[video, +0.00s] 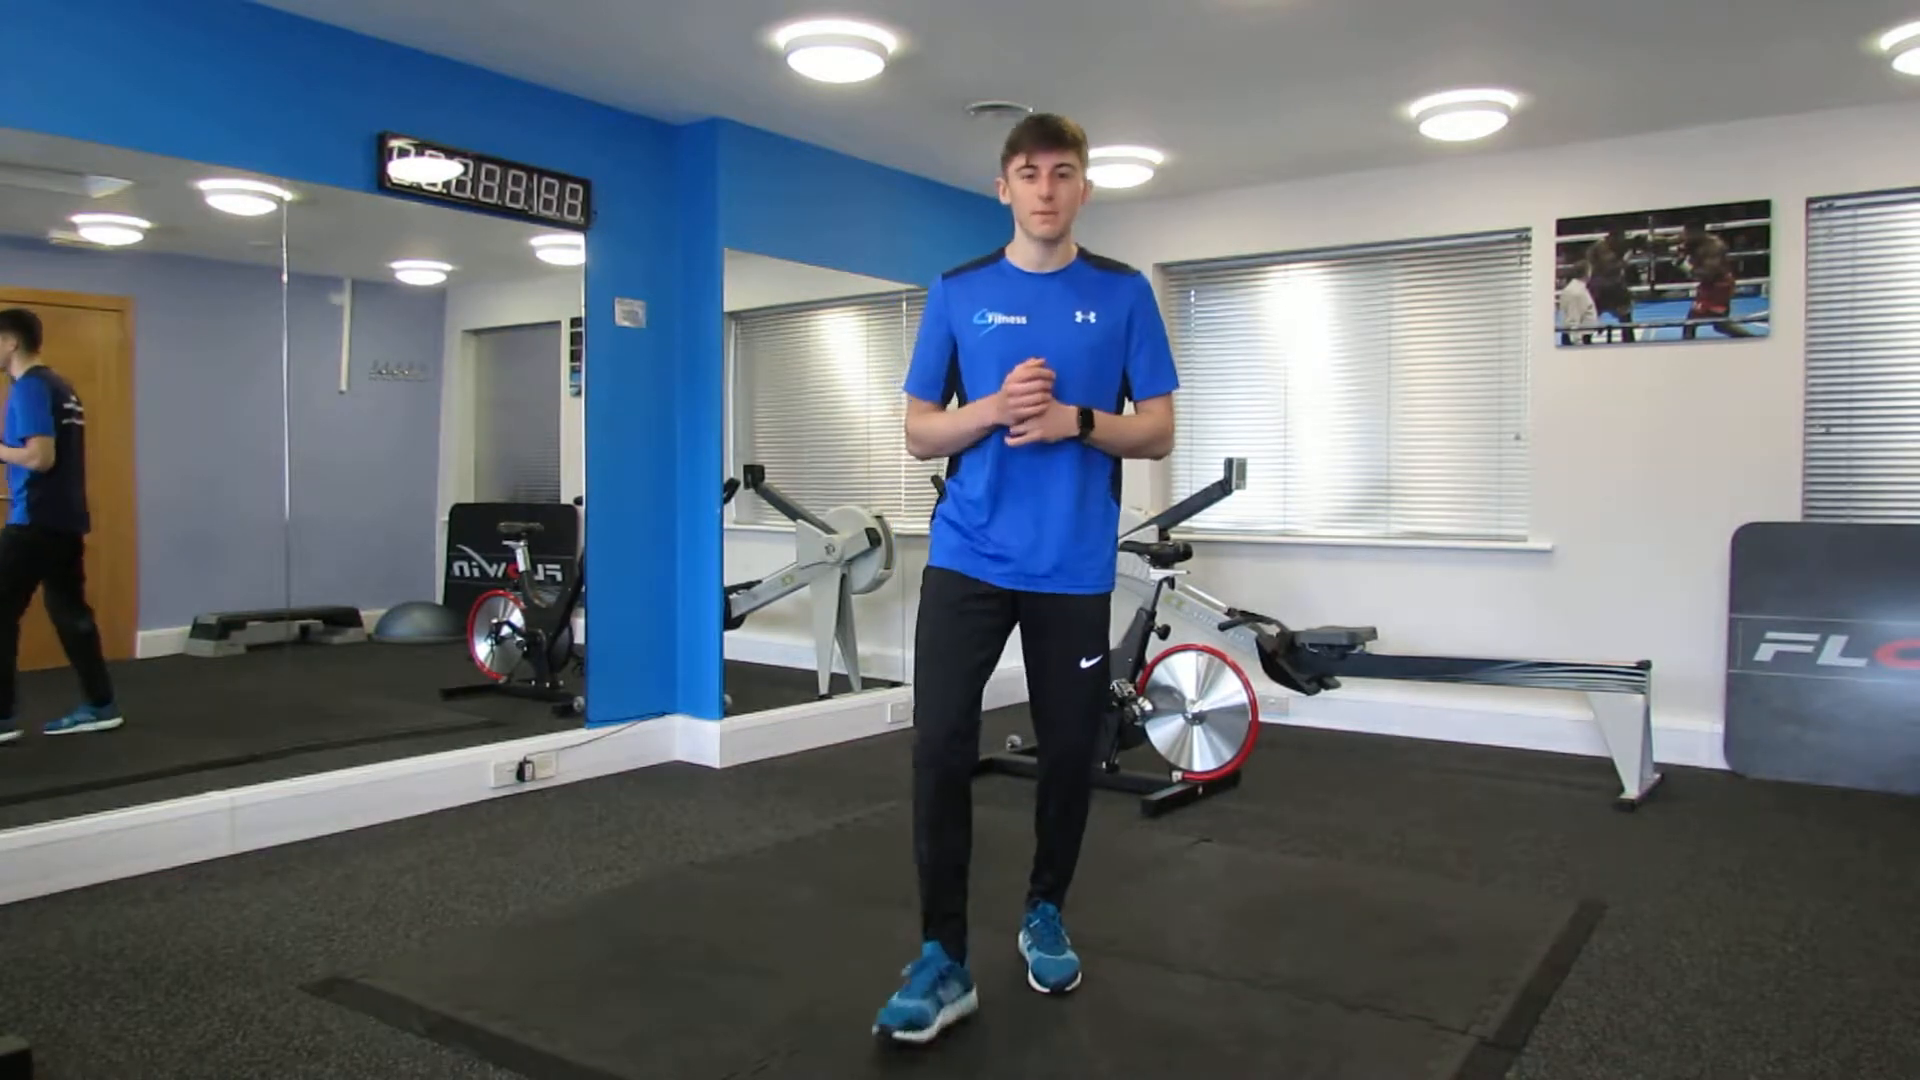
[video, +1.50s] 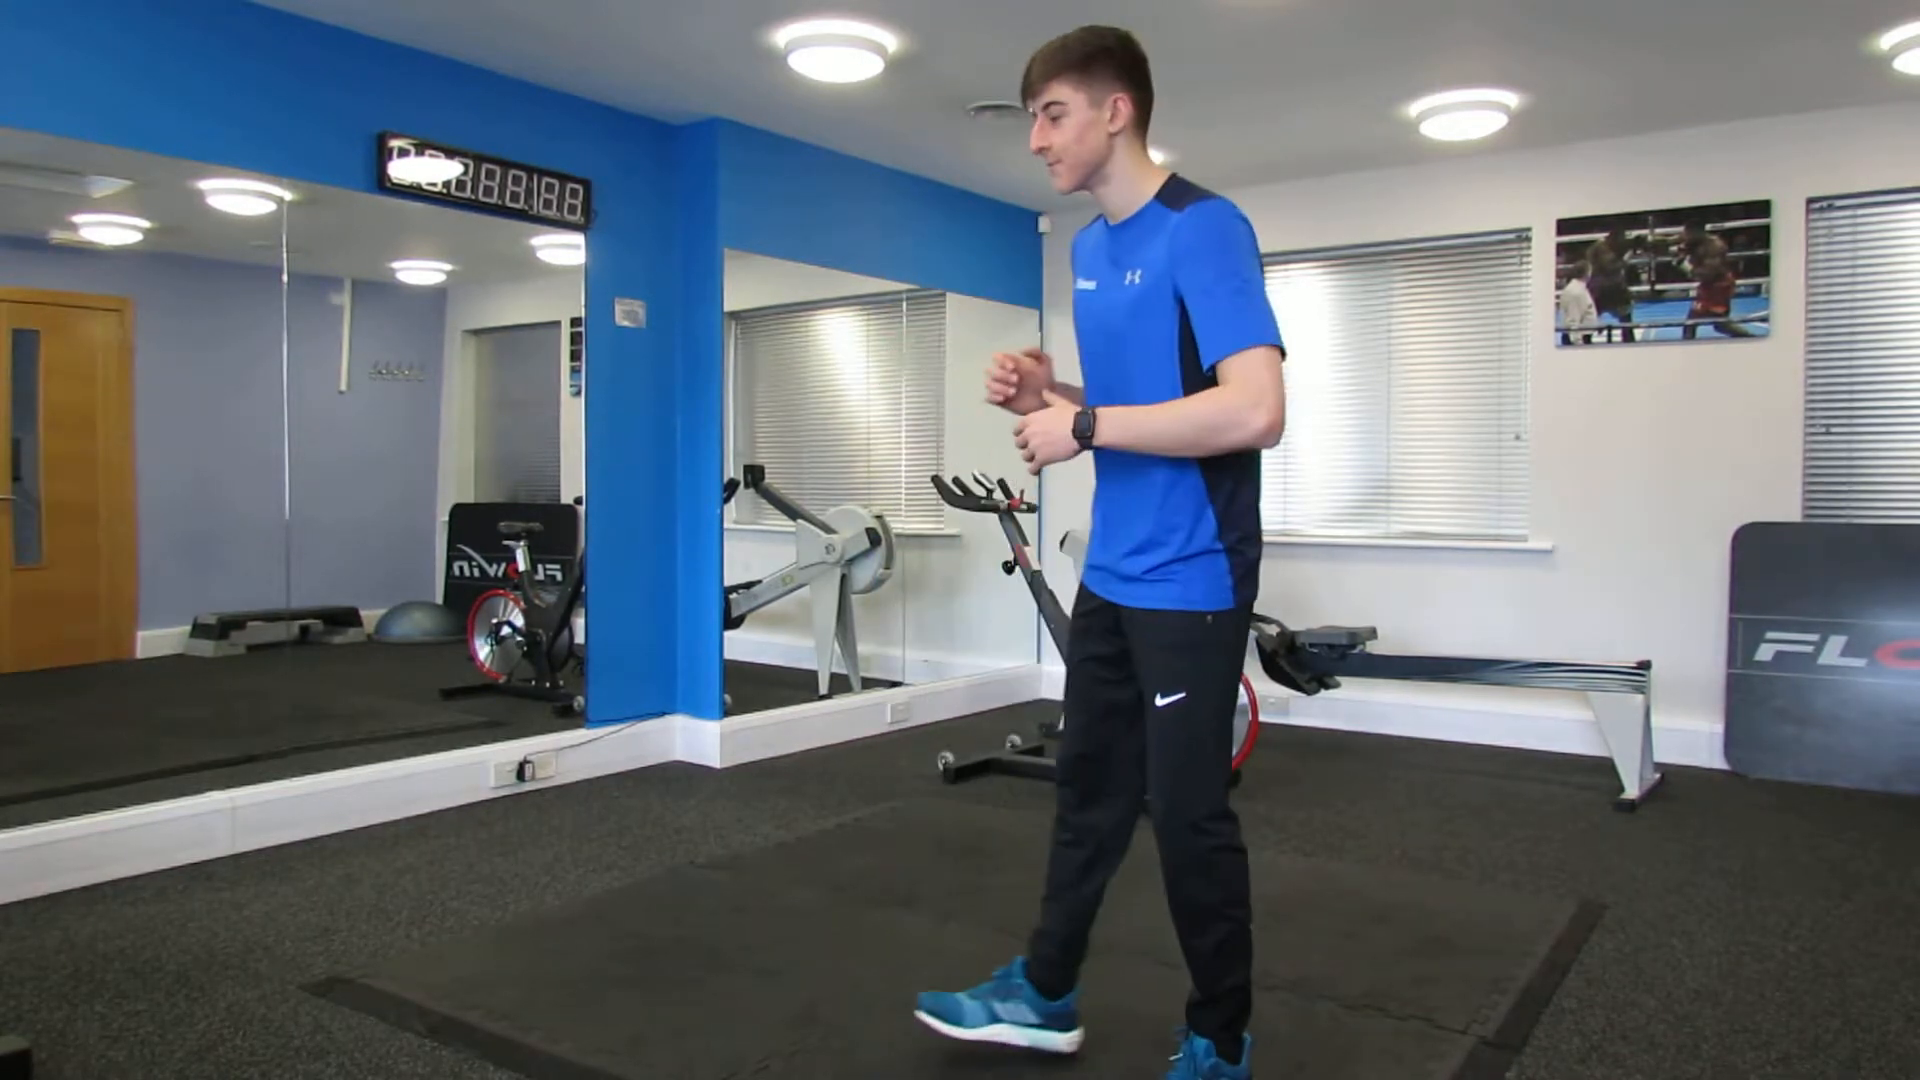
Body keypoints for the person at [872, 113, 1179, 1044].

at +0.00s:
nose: (1047, 187)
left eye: (1063, 173)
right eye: (1031, 173)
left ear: (1086, 189)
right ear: (1004, 188)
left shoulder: (1125, 295)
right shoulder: (955, 293)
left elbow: (1157, 431)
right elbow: (920, 434)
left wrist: (1079, 422)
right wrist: (995, 408)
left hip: (1073, 568)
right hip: (967, 560)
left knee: (1071, 753)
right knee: (939, 748)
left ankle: (1045, 912)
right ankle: (943, 954)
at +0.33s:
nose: (1009, 172)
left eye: (1026, 157)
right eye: (990, 158)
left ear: (1051, 172)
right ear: (965, 175)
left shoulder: (1098, 284)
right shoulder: (919, 288)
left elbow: (1140, 428)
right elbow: (868, 436)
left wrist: (1041, 424)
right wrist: (946, 412)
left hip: (1055, 575)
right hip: (940, 570)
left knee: (1065, 763)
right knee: (924, 774)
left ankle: (1047, 902)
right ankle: (934, 996)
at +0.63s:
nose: (961, 151)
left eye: (978, 133)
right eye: (942, 139)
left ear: (1015, 142)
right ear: (923, 159)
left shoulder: (1076, 263)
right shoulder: (892, 280)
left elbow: (1122, 421)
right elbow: (839, 435)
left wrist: (1001, 413)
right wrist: (900, 407)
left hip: (1029, 575)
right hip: (911, 574)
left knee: (1033, 785)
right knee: (904, 785)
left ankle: (1052, 916)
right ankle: (930, 1000)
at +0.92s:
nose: (973, 134)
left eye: (992, 114)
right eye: (955, 121)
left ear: (1032, 126)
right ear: (937, 141)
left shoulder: (1099, 243)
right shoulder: (914, 271)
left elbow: (1147, 413)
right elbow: (881, 441)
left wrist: (1006, 407)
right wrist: (904, 402)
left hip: (1041, 571)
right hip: (928, 570)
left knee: (1044, 799)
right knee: (915, 792)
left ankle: (1160, 991)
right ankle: (936, 1004)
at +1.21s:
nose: (1006, 136)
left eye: (1024, 108)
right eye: (994, 122)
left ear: (1085, 110)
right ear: (992, 142)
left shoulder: (1162, 233)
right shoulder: (1017, 266)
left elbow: (1224, 410)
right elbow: (1024, 432)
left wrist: (1055, 428)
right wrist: (958, 391)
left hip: (1122, 593)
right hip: (1019, 586)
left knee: (1141, 827)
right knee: (969, 800)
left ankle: (1210, 1044)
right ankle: (960, 1007)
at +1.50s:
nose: (1037, 139)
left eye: (1052, 113)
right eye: (1033, 120)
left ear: (1119, 110)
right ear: (1089, 123)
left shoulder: (1205, 228)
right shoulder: (1093, 247)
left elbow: (1255, 408)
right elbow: (1133, 400)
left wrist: (1088, 429)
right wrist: (1053, 389)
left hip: (1194, 583)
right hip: (1110, 574)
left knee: (1192, 815)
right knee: (1090, 792)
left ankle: (1219, 1039)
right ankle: (1044, 990)